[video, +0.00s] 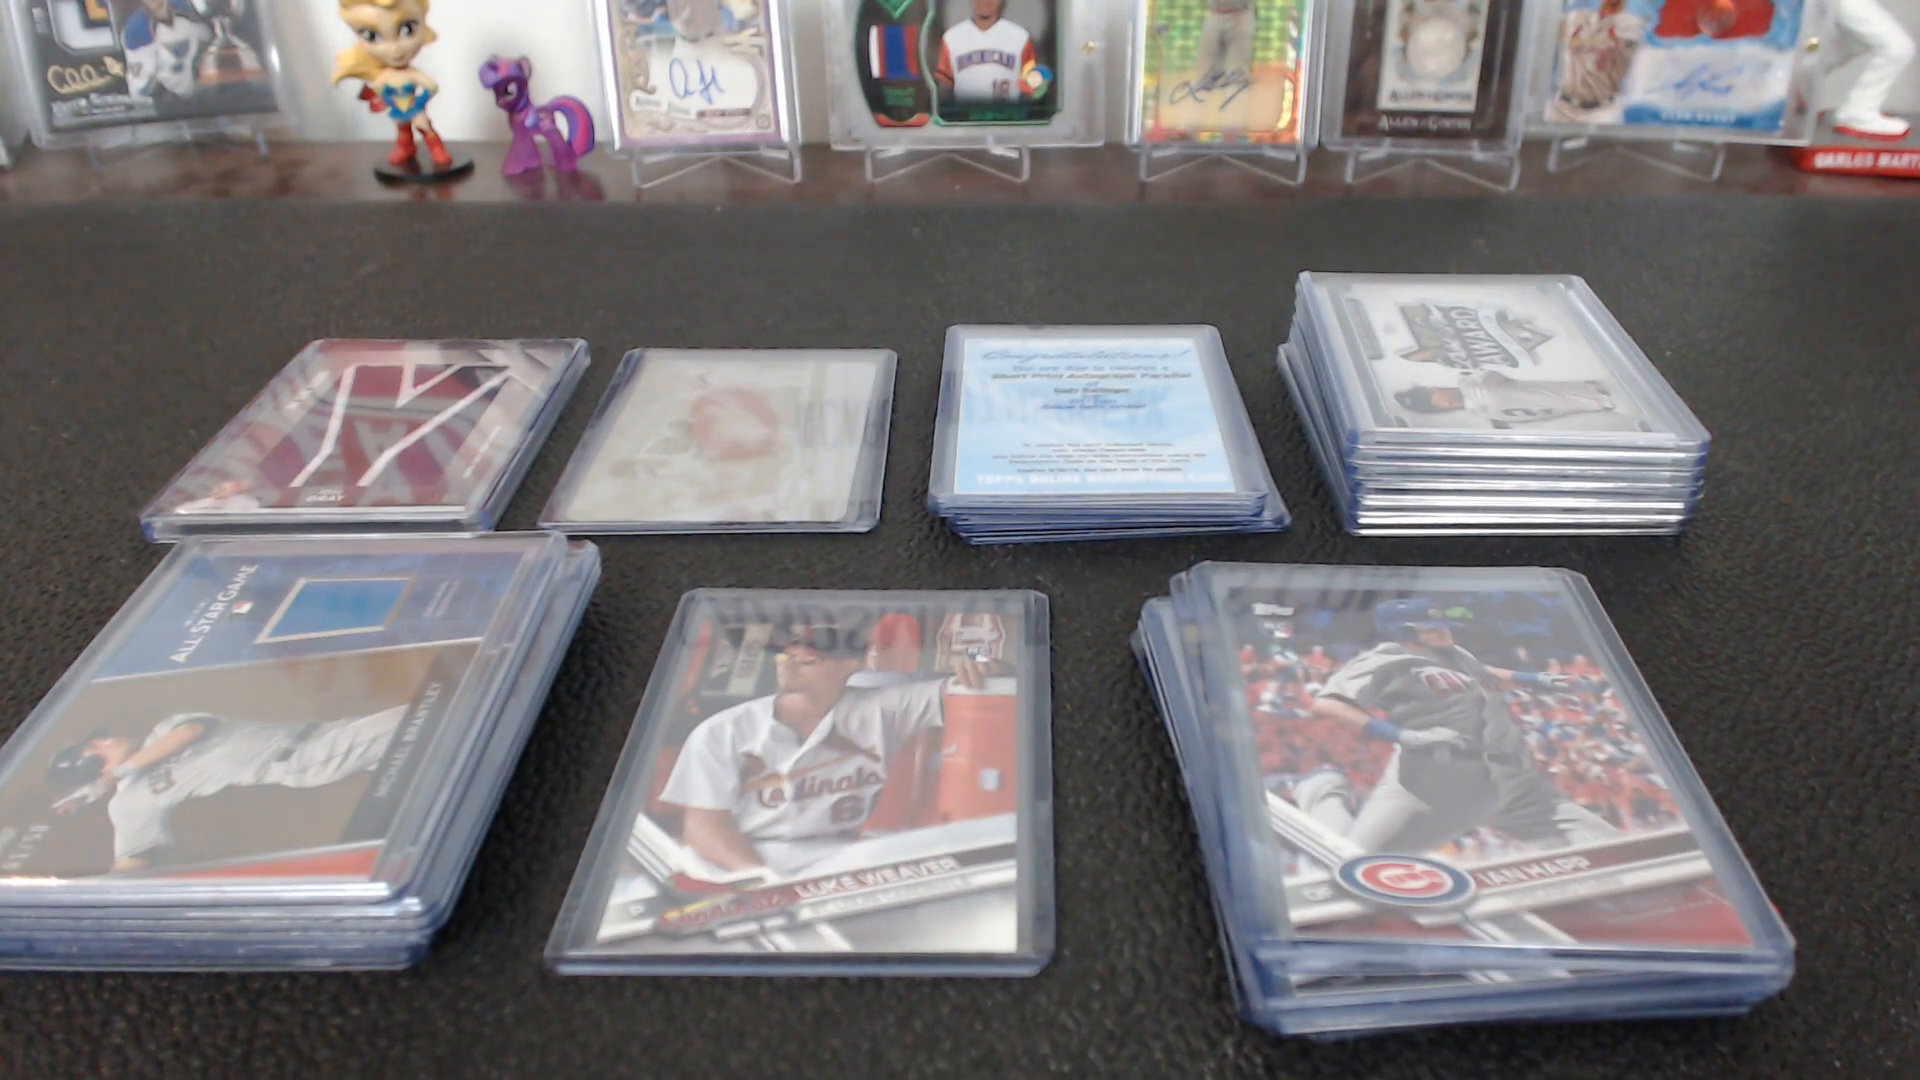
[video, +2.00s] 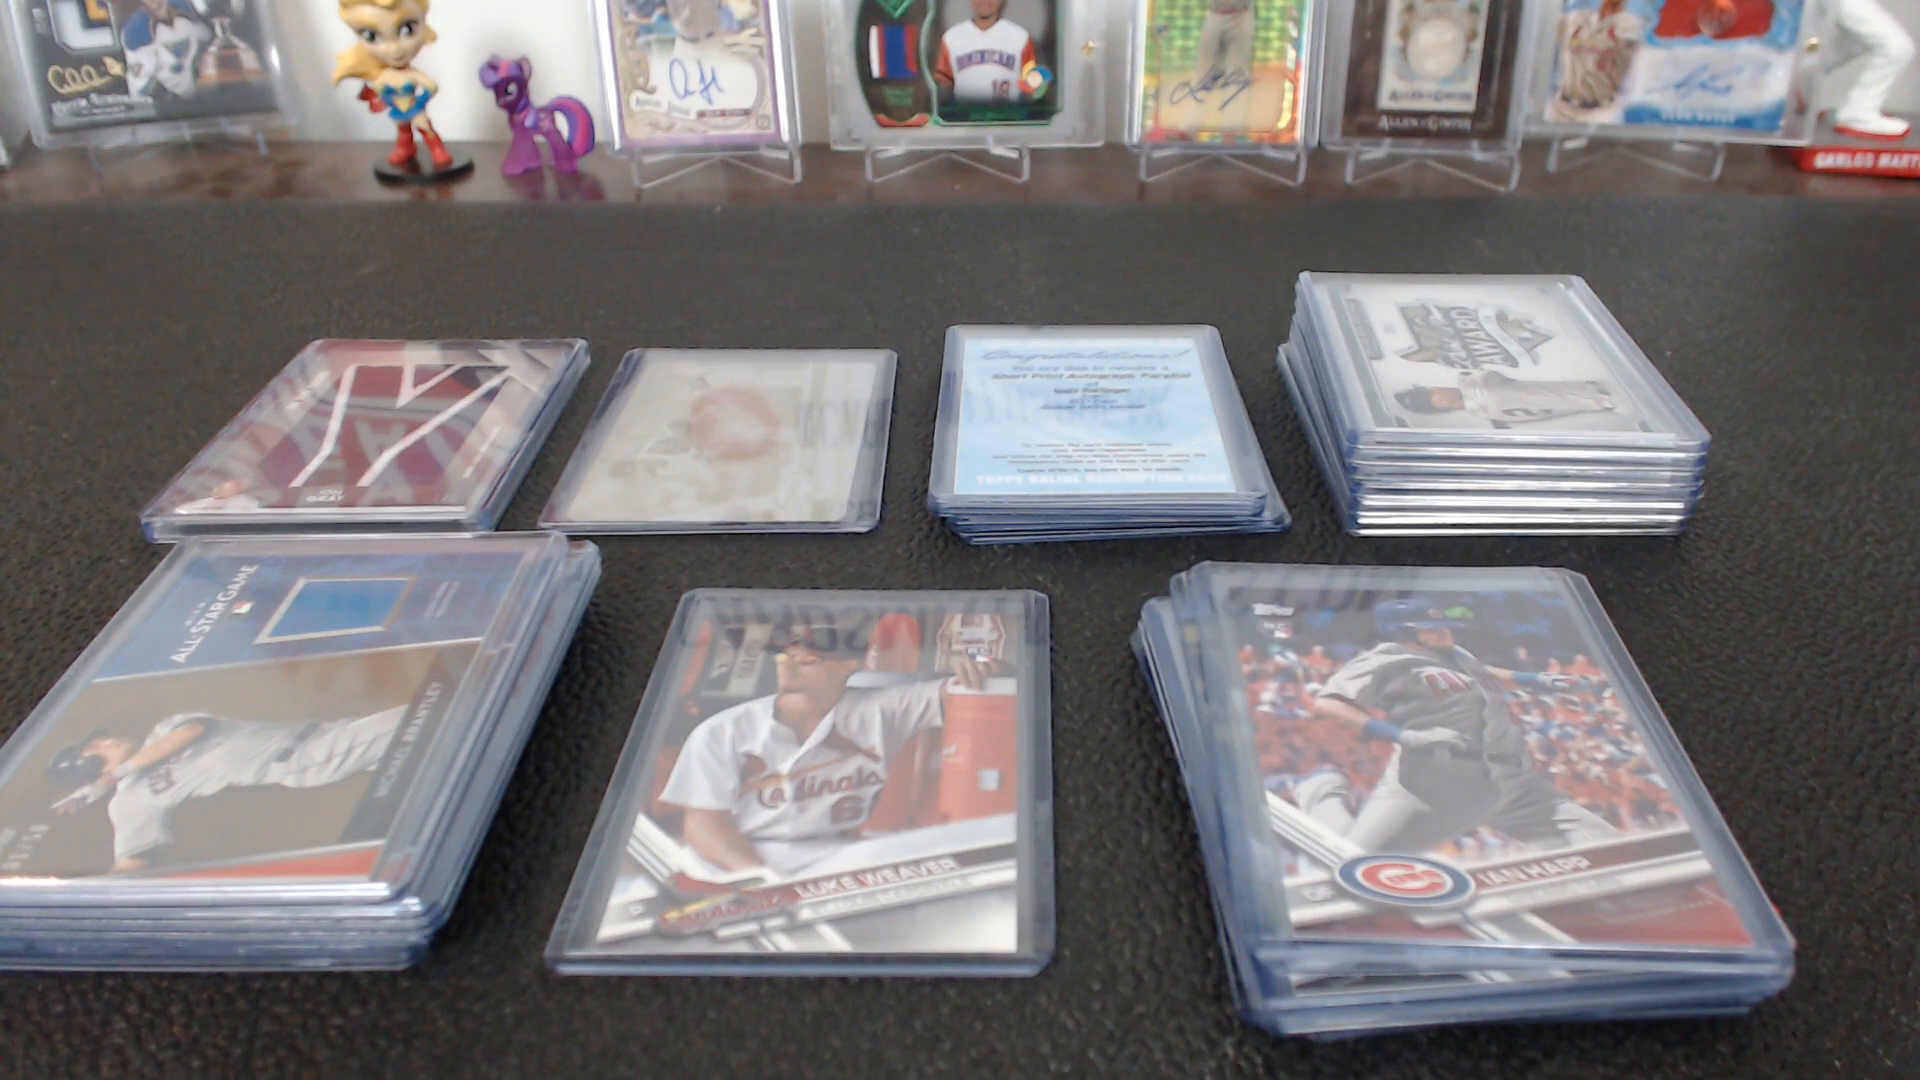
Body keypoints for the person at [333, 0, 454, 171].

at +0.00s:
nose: (394, 50)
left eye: (407, 30)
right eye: (371, 36)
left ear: (424, 28)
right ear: (358, 37)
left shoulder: (414, 74)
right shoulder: (377, 74)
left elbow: (427, 85)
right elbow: (370, 87)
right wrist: (375, 100)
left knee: (421, 121)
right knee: (401, 122)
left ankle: (436, 148)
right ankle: (405, 147)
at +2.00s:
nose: (394, 50)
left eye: (407, 30)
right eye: (372, 36)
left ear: (424, 29)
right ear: (359, 38)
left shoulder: (414, 75)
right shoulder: (379, 75)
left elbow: (426, 86)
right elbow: (370, 88)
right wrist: (374, 100)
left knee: (421, 122)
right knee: (401, 123)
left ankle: (437, 149)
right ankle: (405, 148)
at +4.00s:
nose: (394, 51)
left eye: (407, 30)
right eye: (372, 36)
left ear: (424, 29)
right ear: (359, 38)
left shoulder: (414, 75)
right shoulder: (379, 75)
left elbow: (427, 86)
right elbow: (370, 88)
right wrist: (375, 100)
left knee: (422, 123)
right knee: (401, 125)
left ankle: (437, 149)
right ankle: (405, 148)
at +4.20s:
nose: (394, 51)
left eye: (407, 30)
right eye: (372, 36)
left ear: (424, 29)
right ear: (359, 39)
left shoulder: (414, 75)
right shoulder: (379, 75)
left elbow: (426, 87)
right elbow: (370, 88)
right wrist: (374, 100)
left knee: (422, 123)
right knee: (401, 125)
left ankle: (437, 149)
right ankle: (405, 148)